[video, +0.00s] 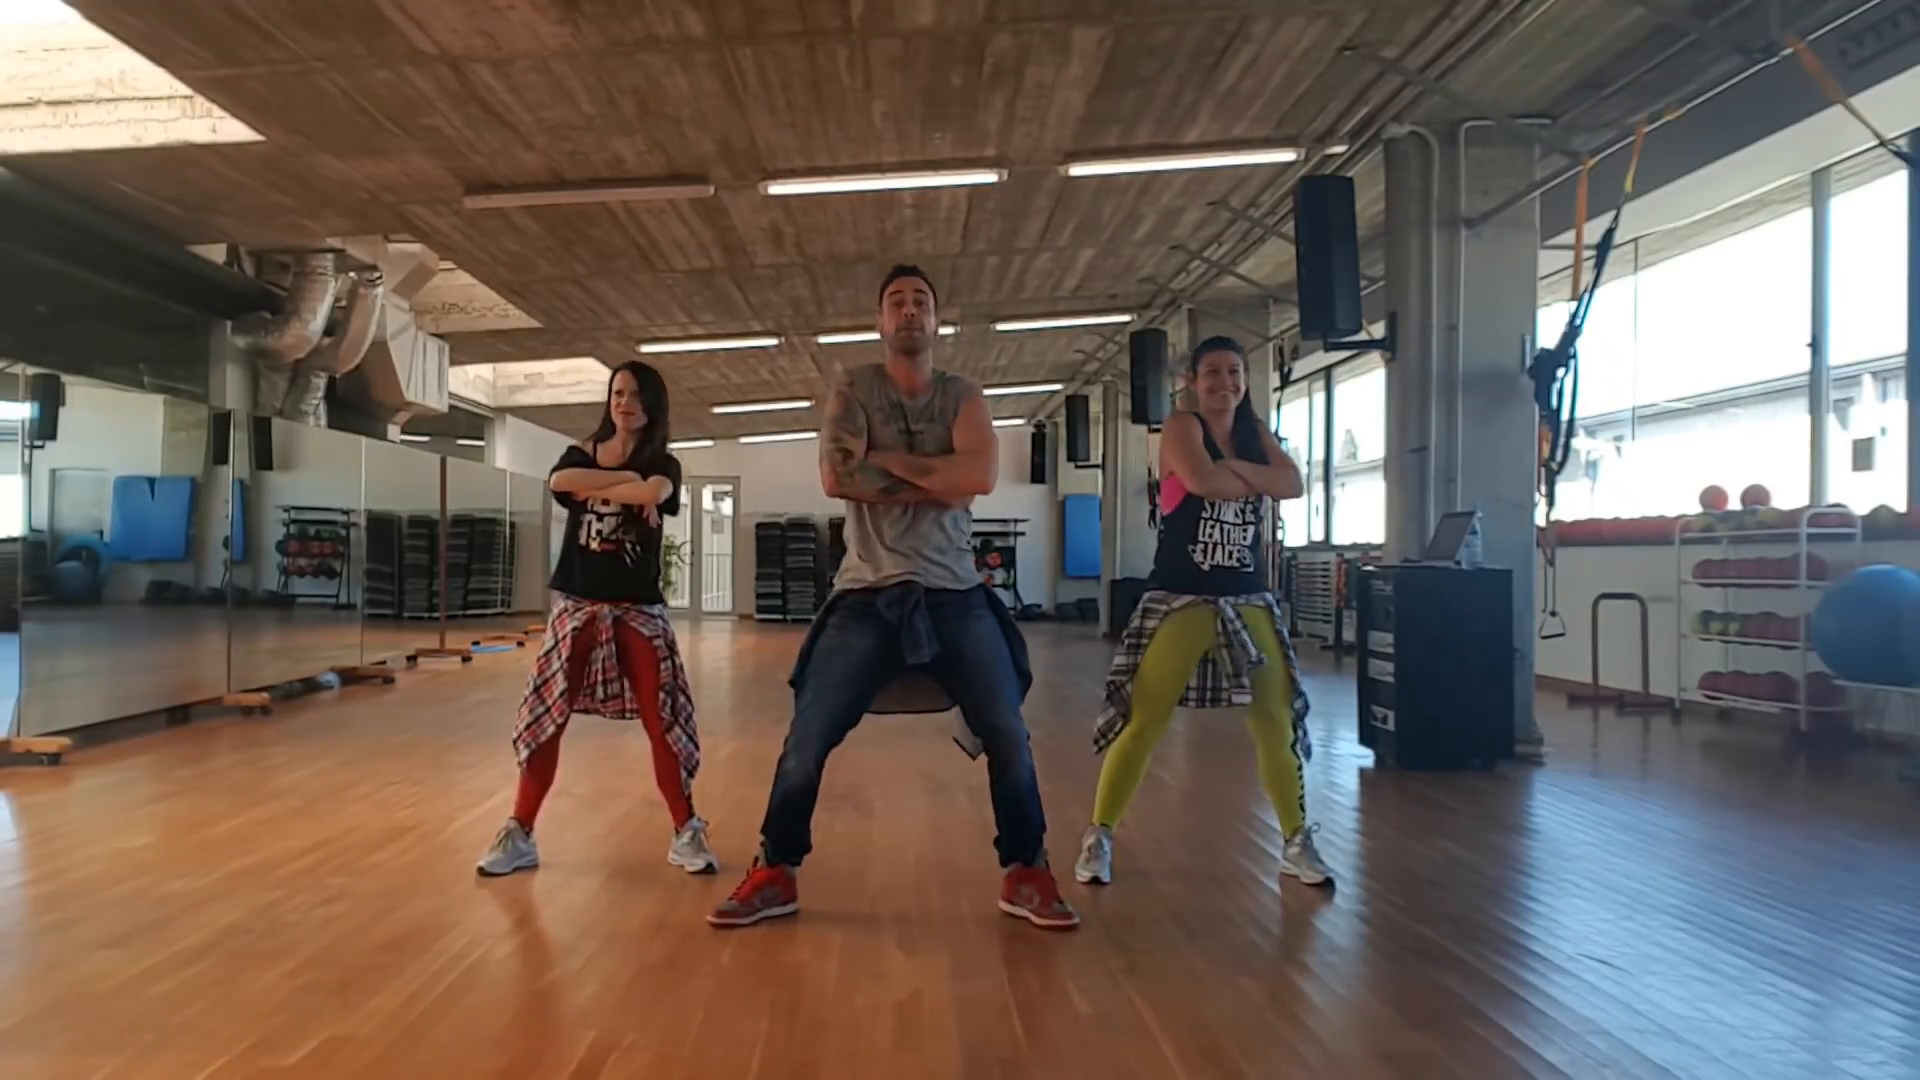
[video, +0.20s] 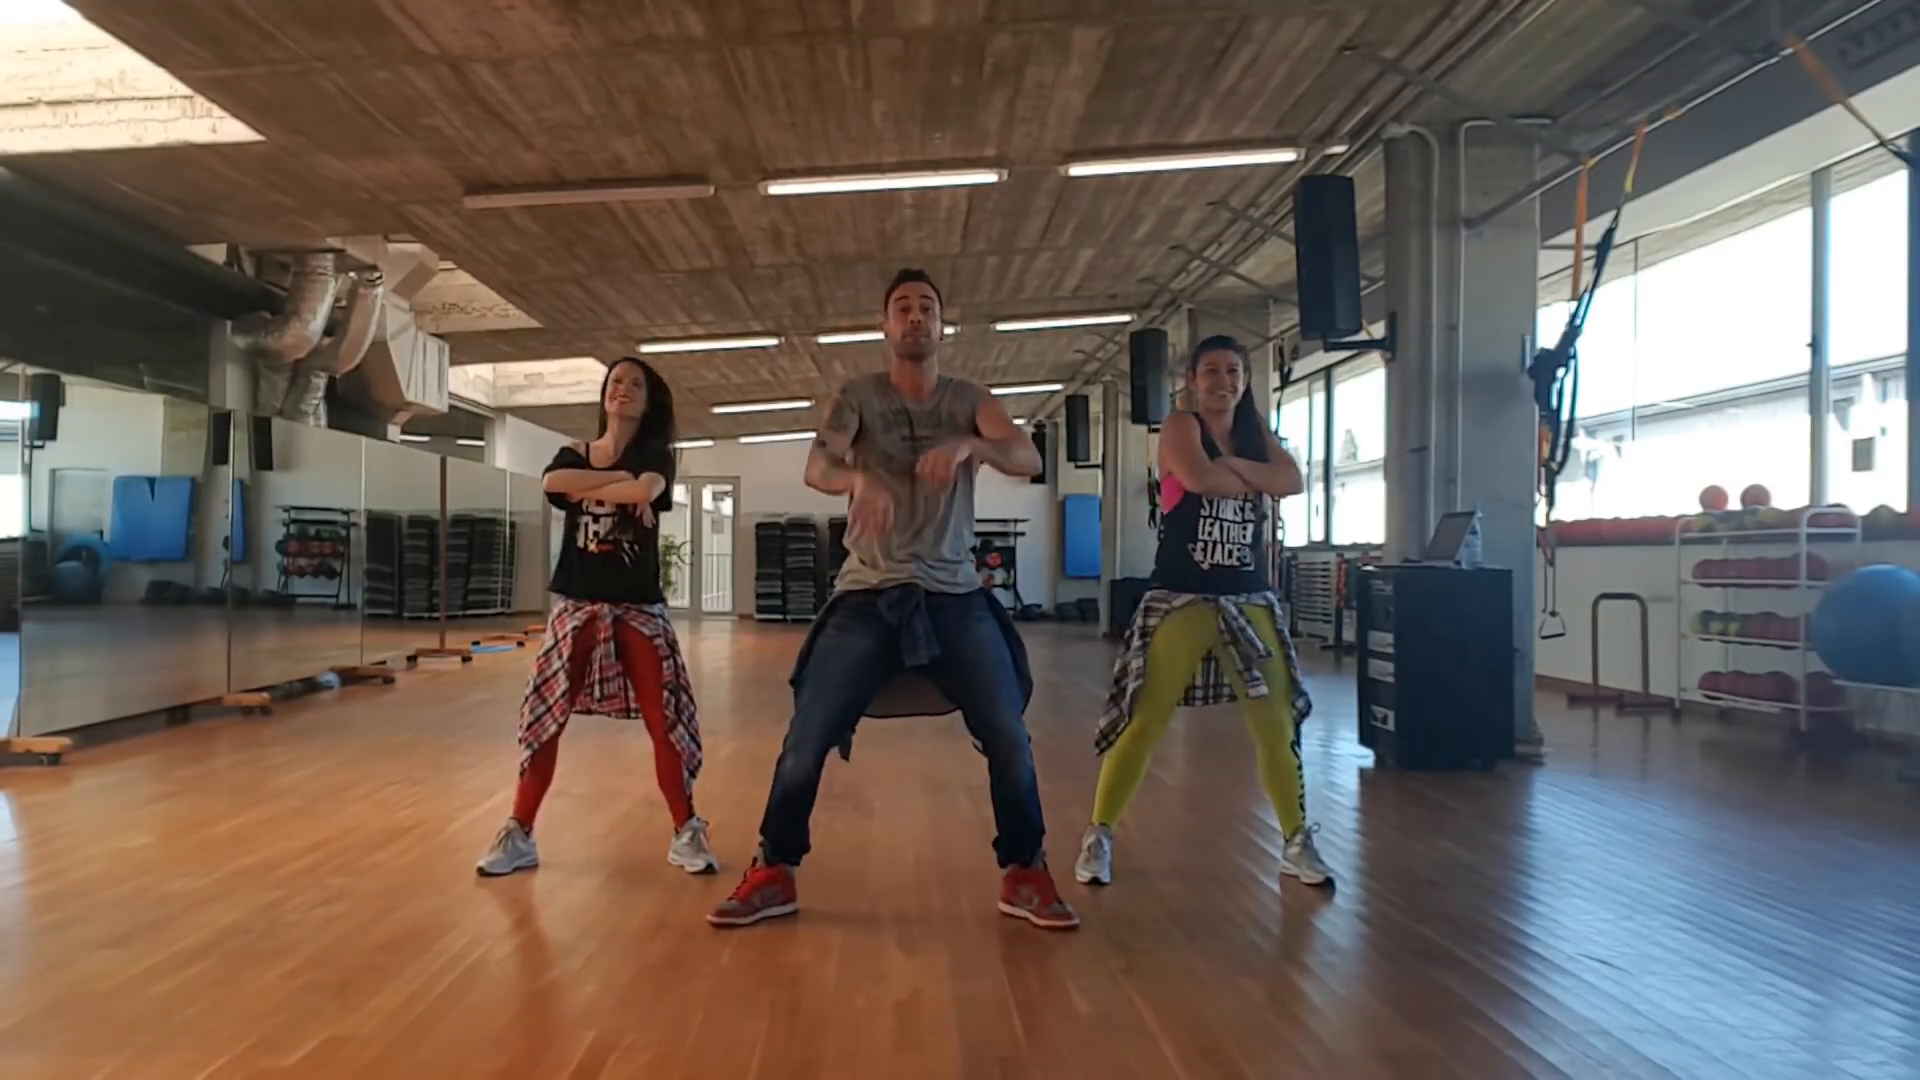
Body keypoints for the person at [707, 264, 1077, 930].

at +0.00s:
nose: (909, 309)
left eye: (920, 301)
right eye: (897, 301)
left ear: (937, 321)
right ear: (878, 321)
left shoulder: (963, 396)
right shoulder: (853, 392)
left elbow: (977, 476)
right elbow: (835, 480)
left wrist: (882, 458)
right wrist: (931, 488)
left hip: (954, 592)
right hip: (866, 592)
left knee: (1005, 727)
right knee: (809, 731)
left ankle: (1025, 873)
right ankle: (775, 872)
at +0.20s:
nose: (914, 316)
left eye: (925, 307)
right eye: (903, 307)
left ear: (942, 325)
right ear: (883, 326)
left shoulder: (970, 398)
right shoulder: (855, 397)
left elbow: (1028, 461)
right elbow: (816, 470)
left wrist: (975, 448)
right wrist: (859, 480)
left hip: (955, 592)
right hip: (866, 591)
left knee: (1006, 730)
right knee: (810, 726)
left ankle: (1025, 873)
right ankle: (775, 871)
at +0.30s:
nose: (912, 314)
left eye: (923, 305)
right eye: (901, 305)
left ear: (940, 320)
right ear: (882, 321)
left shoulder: (964, 393)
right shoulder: (858, 391)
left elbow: (1012, 458)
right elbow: (819, 457)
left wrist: (994, 379)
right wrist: (842, 380)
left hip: (952, 588)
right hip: (864, 585)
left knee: (1005, 729)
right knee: (809, 723)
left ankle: (1025, 873)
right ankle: (773, 871)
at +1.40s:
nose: (852, 364)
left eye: (865, 352)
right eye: (842, 351)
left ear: (880, 358)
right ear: (826, 357)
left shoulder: (900, 431)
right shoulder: (807, 424)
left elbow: (957, 467)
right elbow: (782, 460)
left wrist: (958, 380)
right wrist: (797, 377)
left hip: (873, 621)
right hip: (801, 620)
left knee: (934, 757)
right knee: (708, 721)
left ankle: (1055, 854)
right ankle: (748, 871)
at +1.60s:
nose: (810, 353)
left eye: (823, 341)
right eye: (799, 339)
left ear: (840, 348)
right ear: (783, 344)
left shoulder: (855, 421)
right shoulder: (756, 410)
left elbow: (912, 451)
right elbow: (713, 431)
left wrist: (916, 357)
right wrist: (734, 343)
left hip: (833, 598)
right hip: (758, 597)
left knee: (893, 738)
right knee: (685, 727)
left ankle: (980, 846)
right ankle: (745, 869)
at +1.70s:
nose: (800, 343)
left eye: (812, 331)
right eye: (789, 330)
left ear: (831, 337)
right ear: (775, 334)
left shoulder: (849, 405)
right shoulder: (747, 396)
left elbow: (914, 413)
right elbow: (701, 397)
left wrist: (913, 330)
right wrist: (716, 318)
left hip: (827, 582)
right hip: (747, 581)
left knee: (849, 727)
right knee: (688, 720)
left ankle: (897, 835)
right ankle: (735, 859)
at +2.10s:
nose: (820, 348)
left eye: (832, 336)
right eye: (808, 336)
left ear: (848, 342)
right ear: (788, 341)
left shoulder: (861, 407)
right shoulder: (763, 400)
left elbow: (885, 434)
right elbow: (721, 425)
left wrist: (879, 339)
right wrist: (733, 338)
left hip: (846, 591)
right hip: (770, 591)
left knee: (922, 709)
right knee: (747, 737)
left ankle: (894, 848)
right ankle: (701, 856)